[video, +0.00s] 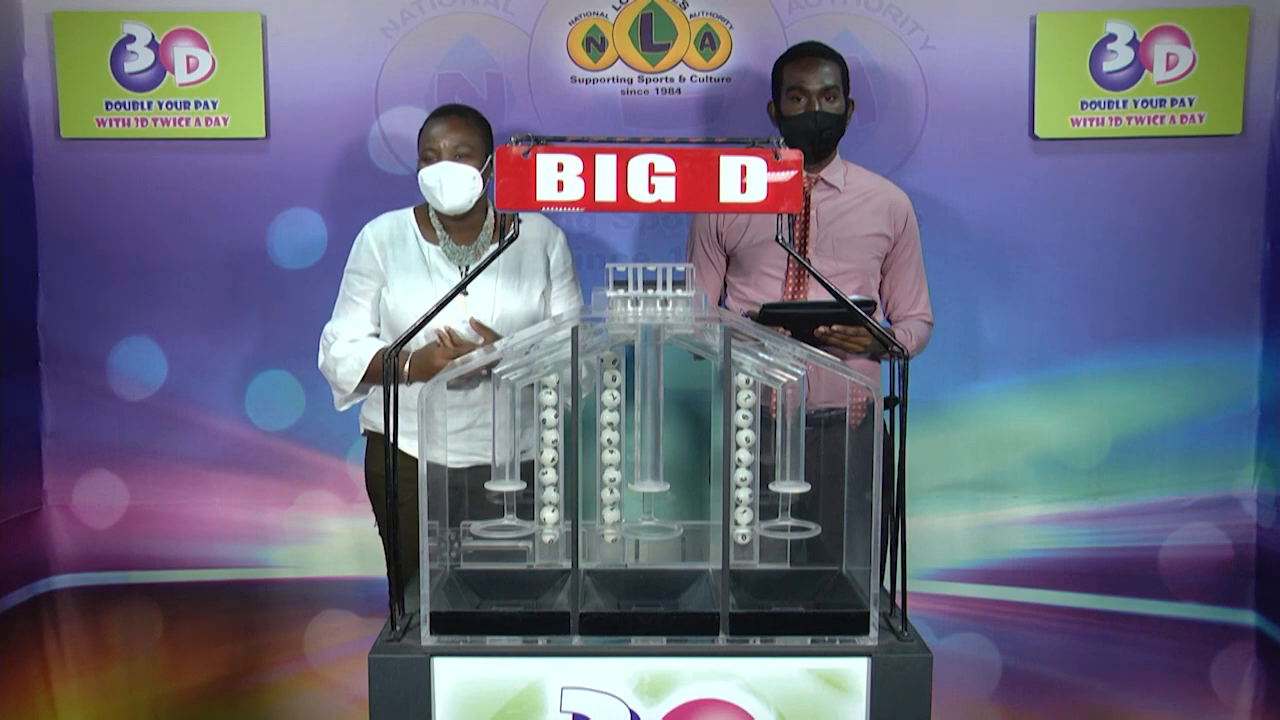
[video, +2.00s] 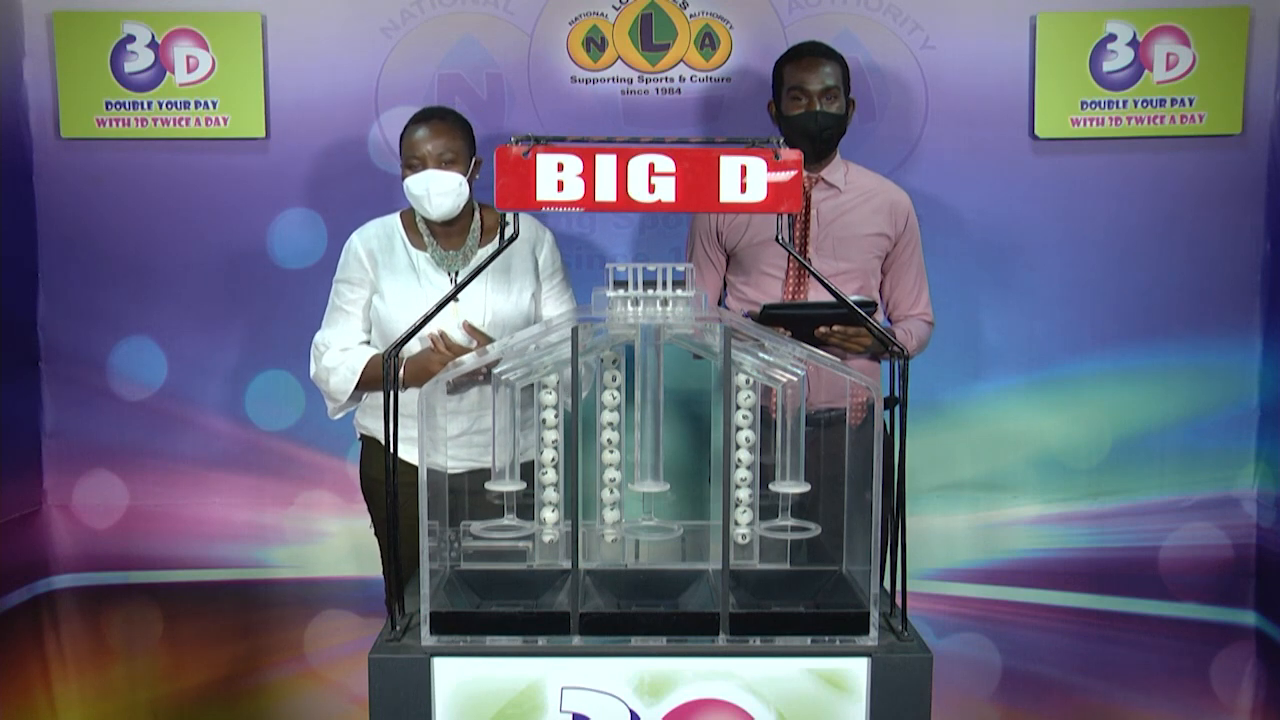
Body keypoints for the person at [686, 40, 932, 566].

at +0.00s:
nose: (814, 109)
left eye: (829, 95)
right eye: (797, 96)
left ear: (848, 108)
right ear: (775, 109)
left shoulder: (888, 204)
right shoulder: (727, 200)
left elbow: (915, 320)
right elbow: (695, 317)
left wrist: (877, 341)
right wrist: (757, 336)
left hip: (843, 417)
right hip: (751, 417)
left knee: (843, 580)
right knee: (752, 579)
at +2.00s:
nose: (814, 109)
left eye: (830, 95)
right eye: (797, 96)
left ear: (849, 108)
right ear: (775, 109)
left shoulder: (888, 204)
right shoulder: (727, 200)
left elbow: (915, 321)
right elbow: (694, 317)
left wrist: (876, 341)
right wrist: (758, 335)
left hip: (843, 417)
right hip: (750, 418)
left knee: (843, 581)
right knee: (752, 580)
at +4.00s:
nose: (814, 109)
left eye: (829, 95)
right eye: (796, 96)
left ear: (848, 107)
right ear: (774, 109)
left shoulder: (888, 205)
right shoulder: (727, 202)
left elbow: (915, 321)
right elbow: (695, 320)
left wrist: (877, 342)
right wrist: (757, 339)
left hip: (843, 418)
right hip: (751, 419)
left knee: (844, 582)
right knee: (752, 581)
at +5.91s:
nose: (813, 108)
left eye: (828, 94)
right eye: (796, 95)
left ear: (848, 108)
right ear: (774, 109)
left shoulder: (888, 205)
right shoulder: (726, 200)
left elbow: (914, 320)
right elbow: (696, 319)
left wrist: (876, 342)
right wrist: (760, 340)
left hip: (843, 416)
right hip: (751, 416)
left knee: (844, 581)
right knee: (753, 579)